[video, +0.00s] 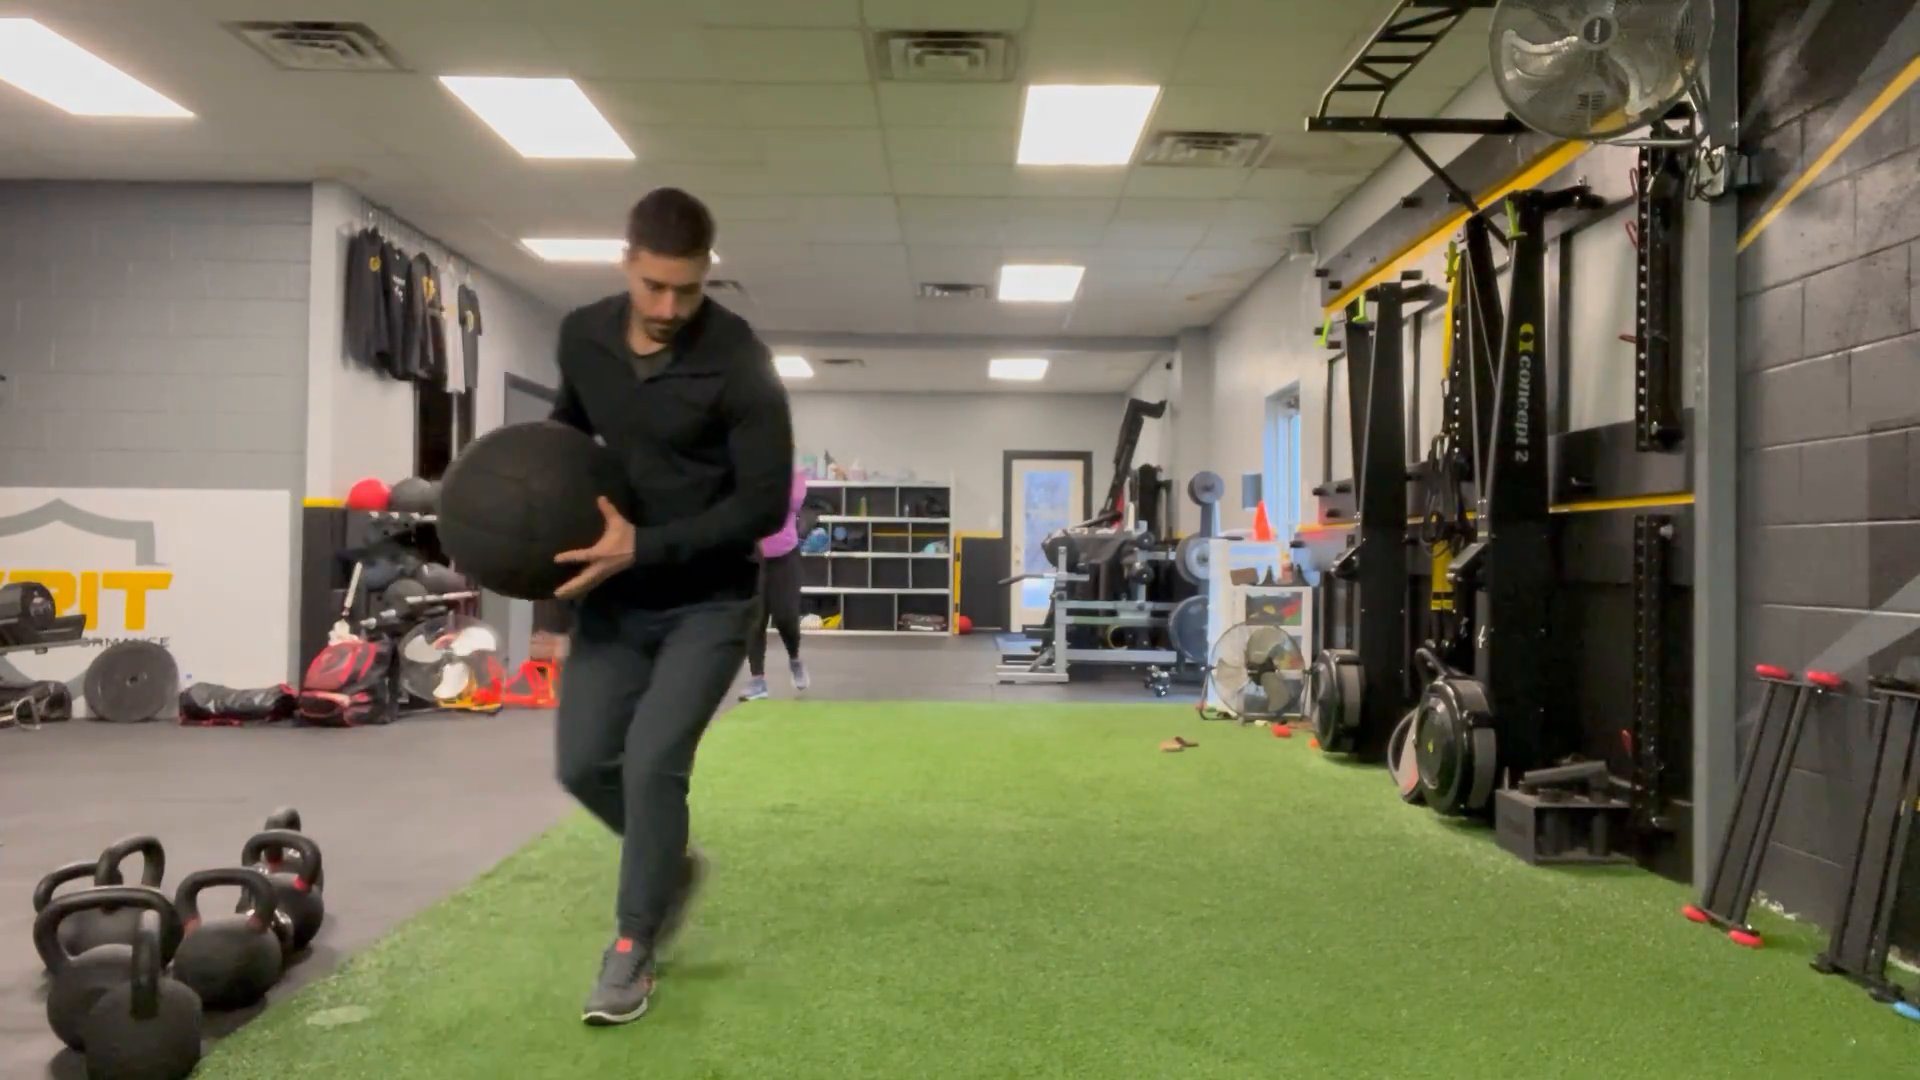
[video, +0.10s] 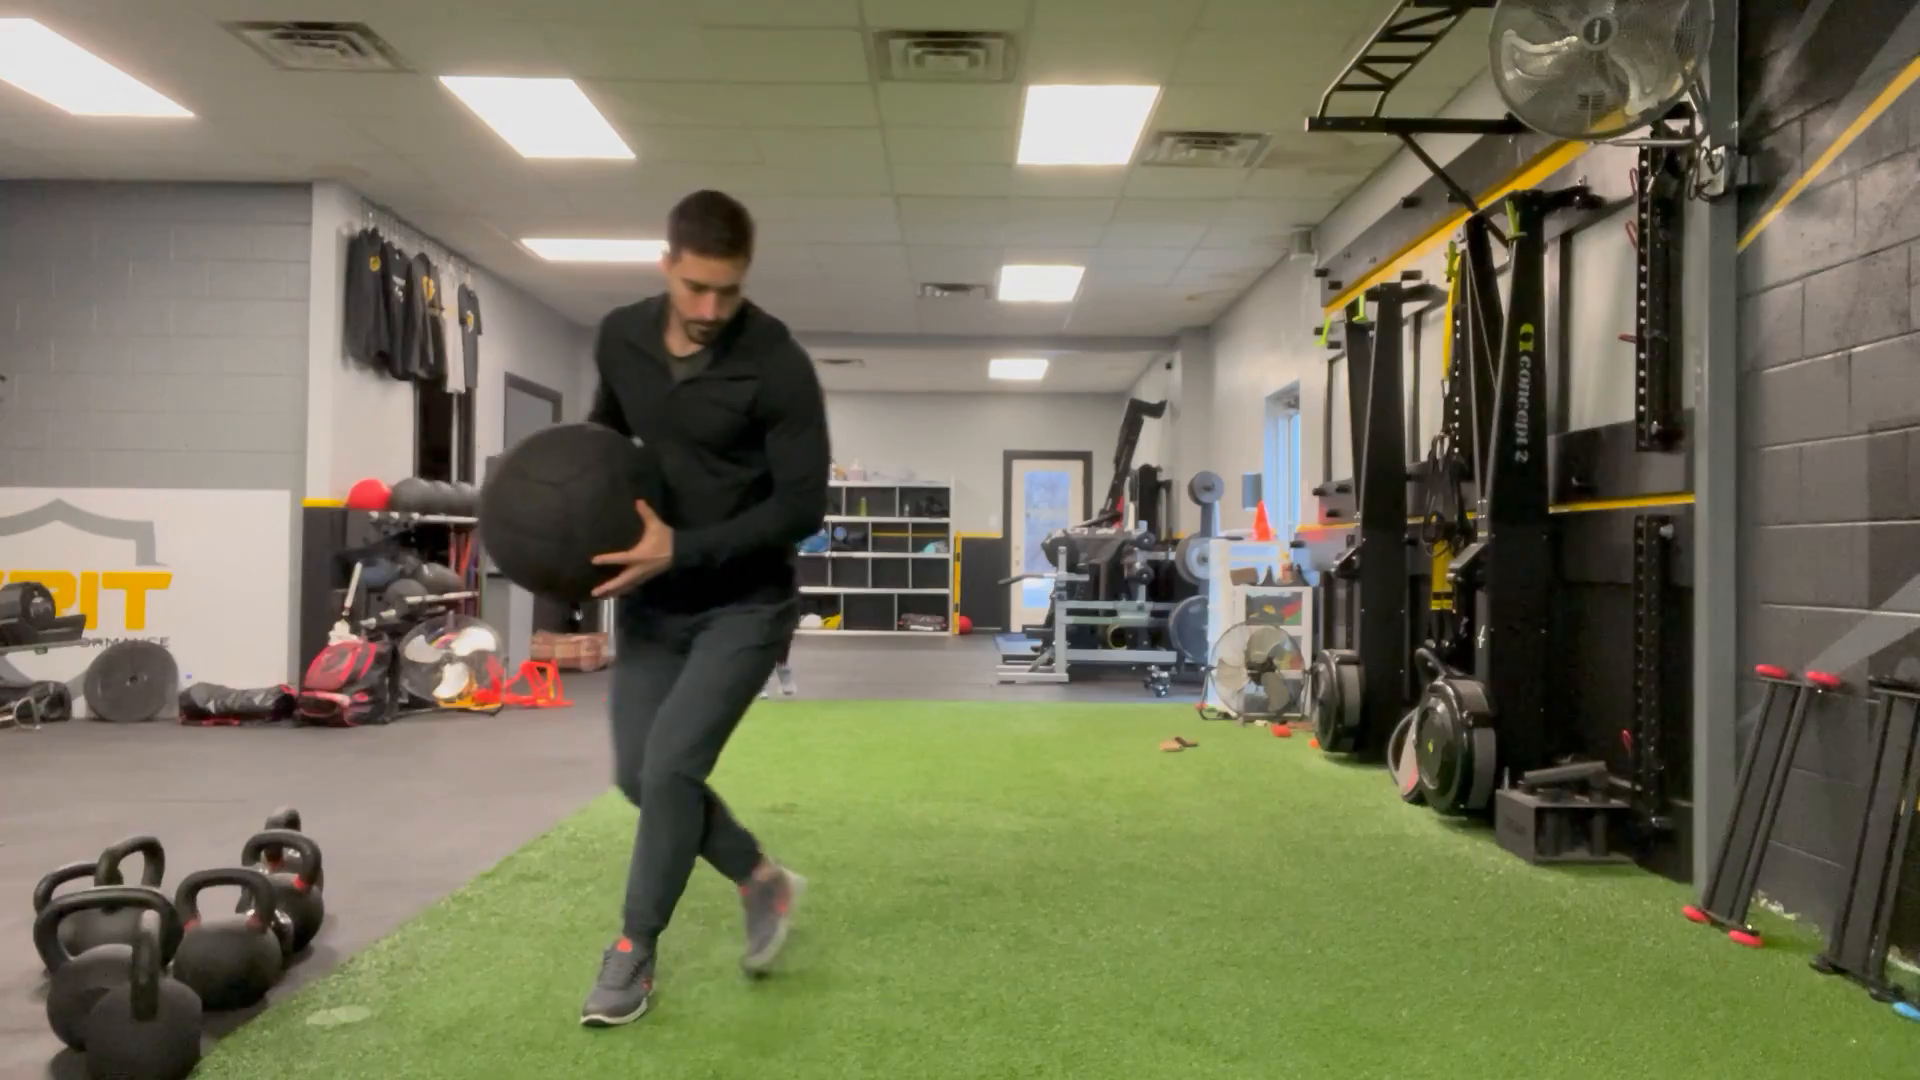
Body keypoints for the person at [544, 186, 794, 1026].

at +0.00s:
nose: (668, 306)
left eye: (685, 289)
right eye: (654, 286)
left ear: (708, 275)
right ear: (627, 265)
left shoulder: (740, 360)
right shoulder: (586, 336)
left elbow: (766, 502)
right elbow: (567, 449)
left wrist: (646, 544)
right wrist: (541, 554)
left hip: (713, 597)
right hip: (617, 594)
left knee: (652, 759)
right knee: (582, 766)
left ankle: (633, 941)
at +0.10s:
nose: (711, 307)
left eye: (727, 291)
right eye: (697, 288)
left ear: (748, 278)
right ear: (667, 265)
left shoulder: (776, 361)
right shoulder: (624, 337)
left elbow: (803, 504)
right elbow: (606, 437)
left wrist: (683, 547)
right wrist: (570, 513)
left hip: (747, 602)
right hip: (653, 600)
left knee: (670, 765)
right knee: (637, 772)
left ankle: (634, 949)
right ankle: (762, 879)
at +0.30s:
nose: (801, 321)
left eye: (817, 305)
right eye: (786, 302)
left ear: (836, 291)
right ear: (753, 281)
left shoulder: (865, 377)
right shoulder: (714, 345)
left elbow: (881, 520)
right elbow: (701, 441)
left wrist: (765, 562)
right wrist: (657, 522)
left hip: (841, 595)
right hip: (750, 595)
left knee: (747, 734)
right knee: (745, 757)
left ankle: (683, 930)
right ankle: (817, 921)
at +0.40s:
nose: (853, 329)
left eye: (868, 312)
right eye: (838, 310)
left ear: (886, 299)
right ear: (805, 287)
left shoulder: (909, 383)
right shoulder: (758, 350)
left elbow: (922, 527)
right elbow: (738, 442)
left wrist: (802, 571)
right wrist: (702, 522)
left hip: (889, 593)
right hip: (794, 592)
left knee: (815, 722)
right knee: (761, 763)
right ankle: (817, 918)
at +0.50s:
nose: (910, 339)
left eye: (925, 322)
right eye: (894, 319)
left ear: (942, 309)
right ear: (859, 296)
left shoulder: (960, 397)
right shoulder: (809, 353)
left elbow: (955, 541)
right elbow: (789, 421)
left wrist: (835, 578)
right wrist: (747, 467)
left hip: (937, 598)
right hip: (841, 598)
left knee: (928, 750)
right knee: (789, 762)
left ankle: (962, 934)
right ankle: (821, 922)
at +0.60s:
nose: (987, 342)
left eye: (1000, 326)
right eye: (974, 322)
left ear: (1013, 315)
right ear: (931, 299)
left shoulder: (1022, 408)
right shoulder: (874, 356)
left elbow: (993, 549)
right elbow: (816, 440)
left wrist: (872, 581)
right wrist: (770, 463)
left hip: (988, 616)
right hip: (882, 612)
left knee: (1052, 769)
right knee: (823, 769)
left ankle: (1142, 922)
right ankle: (824, 923)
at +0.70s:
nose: (1097, 331)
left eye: (1108, 315)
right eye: (1085, 311)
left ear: (1116, 311)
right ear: (1041, 293)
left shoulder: (1113, 406)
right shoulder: (961, 351)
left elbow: (1063, 538)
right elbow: (876, 407)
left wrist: (938, 578)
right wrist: (810, 478)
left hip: (1064, 622)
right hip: (959, 623)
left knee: (1151, 772)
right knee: (906, 786)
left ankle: (1211, 939)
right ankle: (822, 916)